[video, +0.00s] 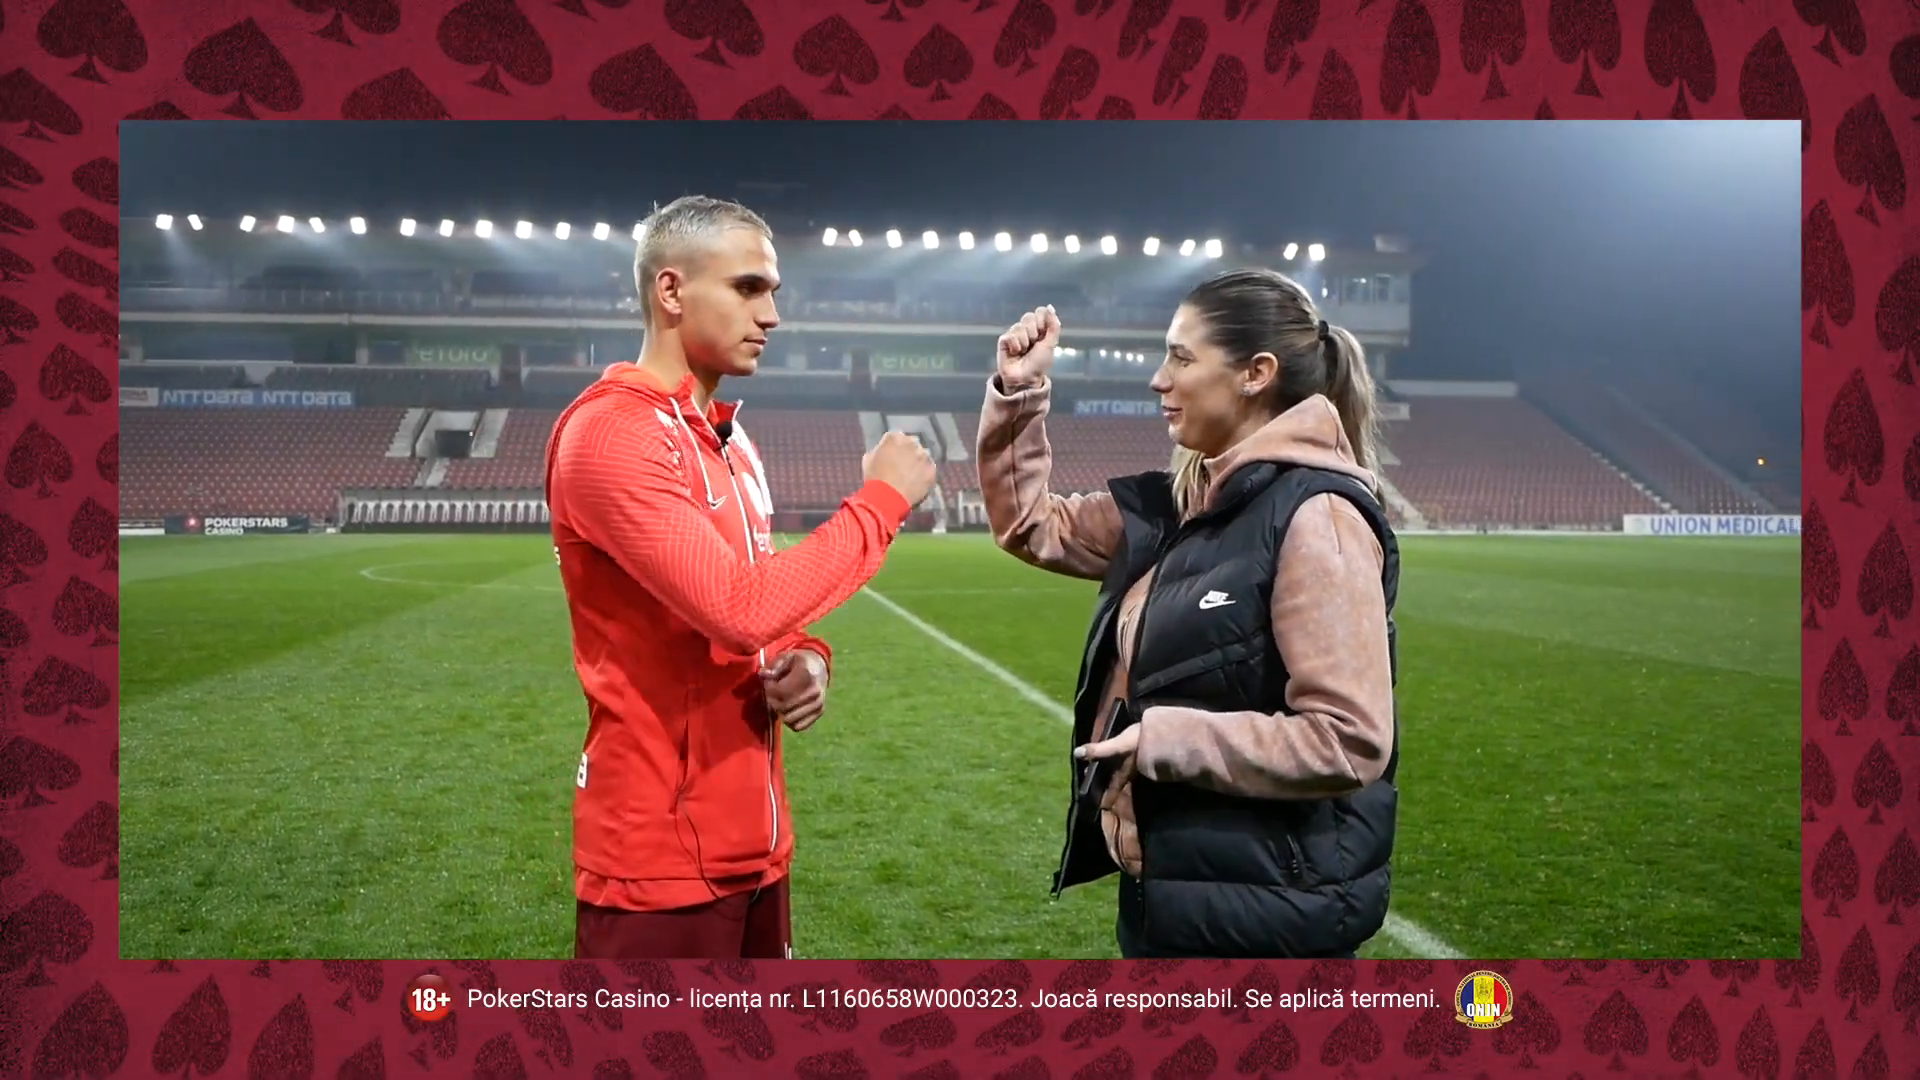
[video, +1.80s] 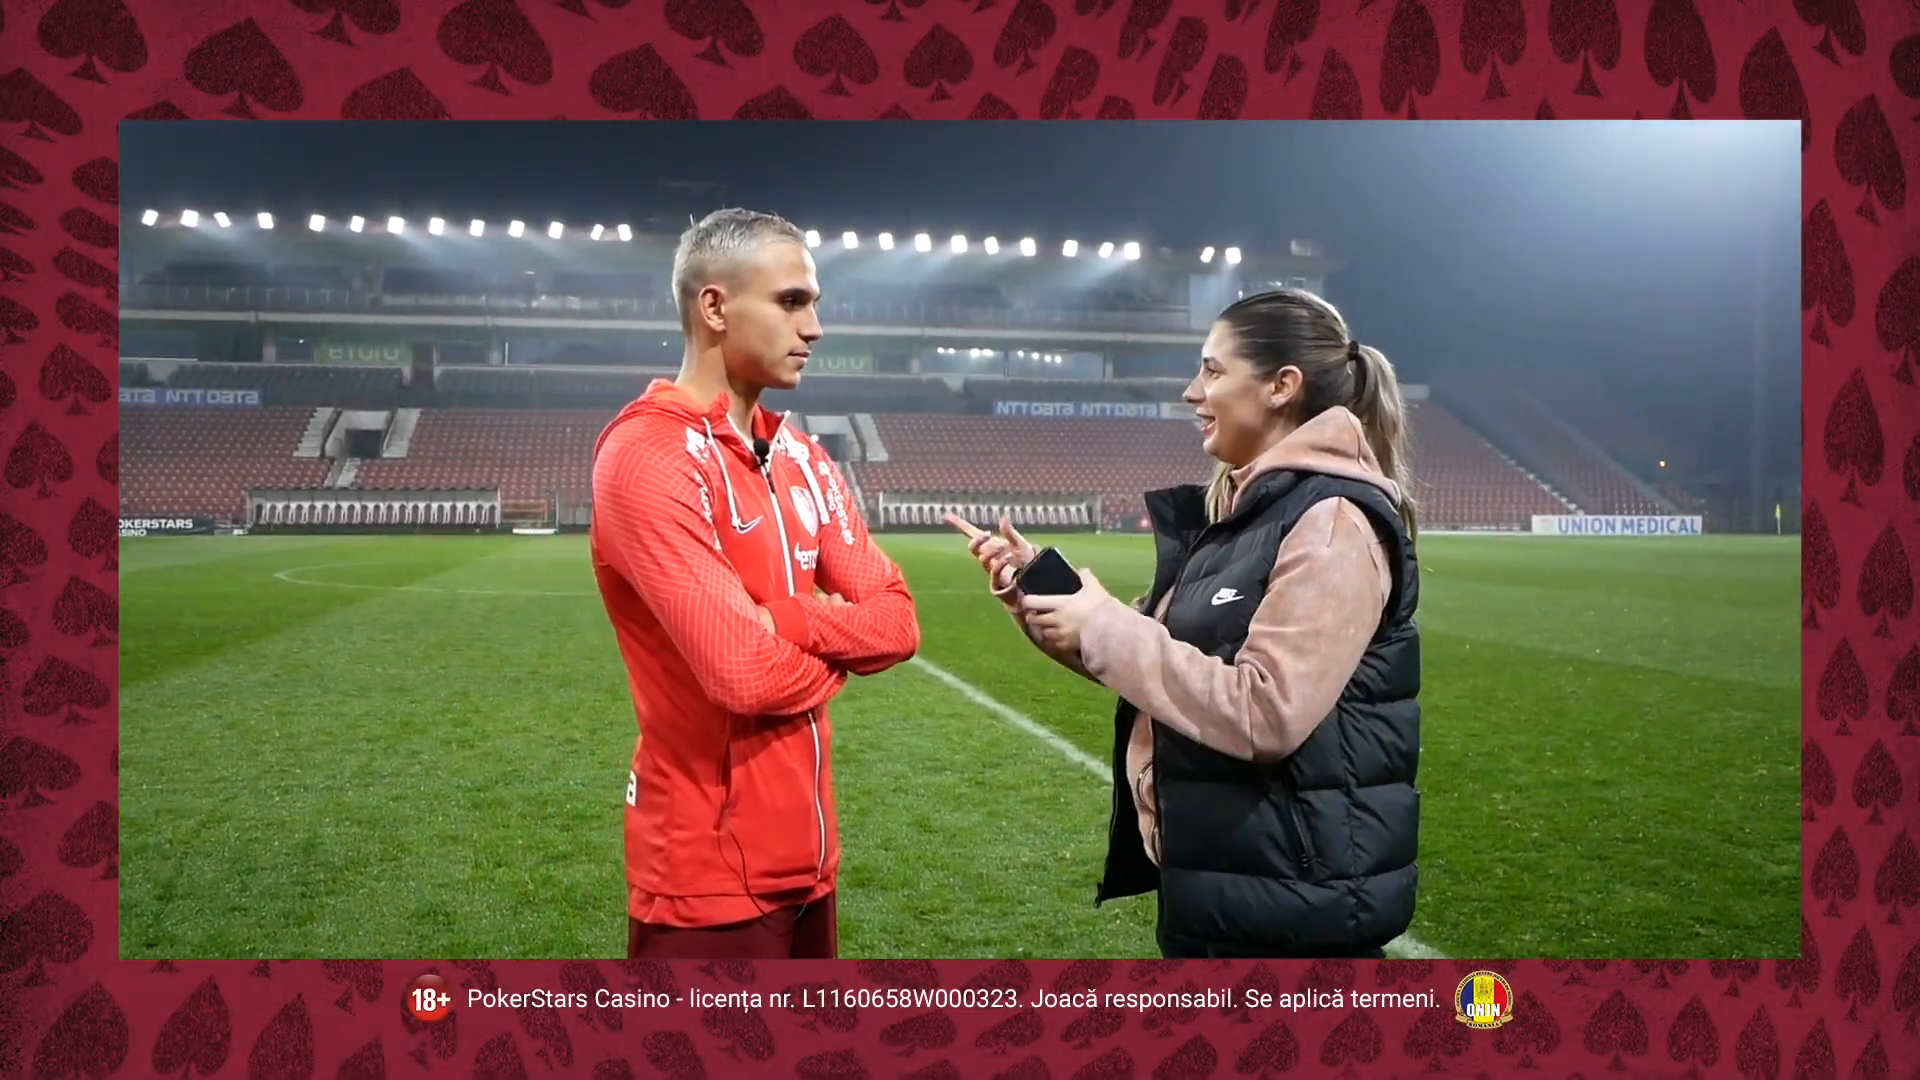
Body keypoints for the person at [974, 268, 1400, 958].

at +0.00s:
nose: (1159, 381)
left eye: (1180, 358)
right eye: (1166, 357)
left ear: (1256, 374)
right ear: (1252, 376)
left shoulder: (1318, 518)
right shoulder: (1190, 503)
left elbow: (1348, 740)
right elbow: (1032, 528)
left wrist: (1167, 738)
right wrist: (1017, 398)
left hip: (1259, 924)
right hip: (1173, 908)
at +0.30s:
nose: (1173, 375)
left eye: (1194, 353)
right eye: (1180, 354)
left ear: (1266, 369)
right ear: (1263, 371)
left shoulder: (1322, 517)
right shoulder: (1215, 505)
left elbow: (1339, 742)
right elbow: (1069, 574)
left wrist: (1153, 720)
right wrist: (1050, 450)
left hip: (1258, 918)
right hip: (1183, 906)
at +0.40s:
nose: (1177, 374)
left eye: (1197, 351)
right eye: (1185, 352)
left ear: (1268, 367)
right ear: (1264, 369)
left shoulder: (1323, 517)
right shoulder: (1225, 501)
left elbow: (1338, 742)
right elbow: (1136, 649)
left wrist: (1158, 719)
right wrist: (1037, 534)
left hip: (1256, 921)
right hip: (1184, 907)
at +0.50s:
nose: (1177, 373)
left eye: (1199, 350)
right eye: (1186, 351)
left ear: (1269, 366)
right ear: (1260, 367)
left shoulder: (1321, 518)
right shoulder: (1225, 502)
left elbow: (1335, 742)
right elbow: (1178, 687)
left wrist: (1159, 723)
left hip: (1255, 920)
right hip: (1186, 907)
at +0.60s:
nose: (1174, 374)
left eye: (1195, 351)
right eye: (1183, 353)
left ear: (1265, 369)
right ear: (1257, 370)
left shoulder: (1314, 521)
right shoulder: (1223, 506)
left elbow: (1329, 743)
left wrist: (1149, 724)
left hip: (1253, 922)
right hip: (1187, 911)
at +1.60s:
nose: (1176, 388)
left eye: (1197, 366)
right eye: (1185, 367)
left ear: (1266, 385)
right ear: (1260, 387)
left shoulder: (1317, 523)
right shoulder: (1236, 508)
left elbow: (1326, 736)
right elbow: (1209, 685)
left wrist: (1148, 720)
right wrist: (1083, 668)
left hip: (1273, 912)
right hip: (1213, 901)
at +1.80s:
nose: (1191, 393)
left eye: (1213, 371)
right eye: (1199, 372)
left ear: (1283, 386)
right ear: (1274, 386)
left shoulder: (1335, 523)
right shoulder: (1246, 512)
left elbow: (1265, 708)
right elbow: (1163, 665)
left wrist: (1102, 629)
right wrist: (1045, 590)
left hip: (1293, 911)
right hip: (1227, 902)